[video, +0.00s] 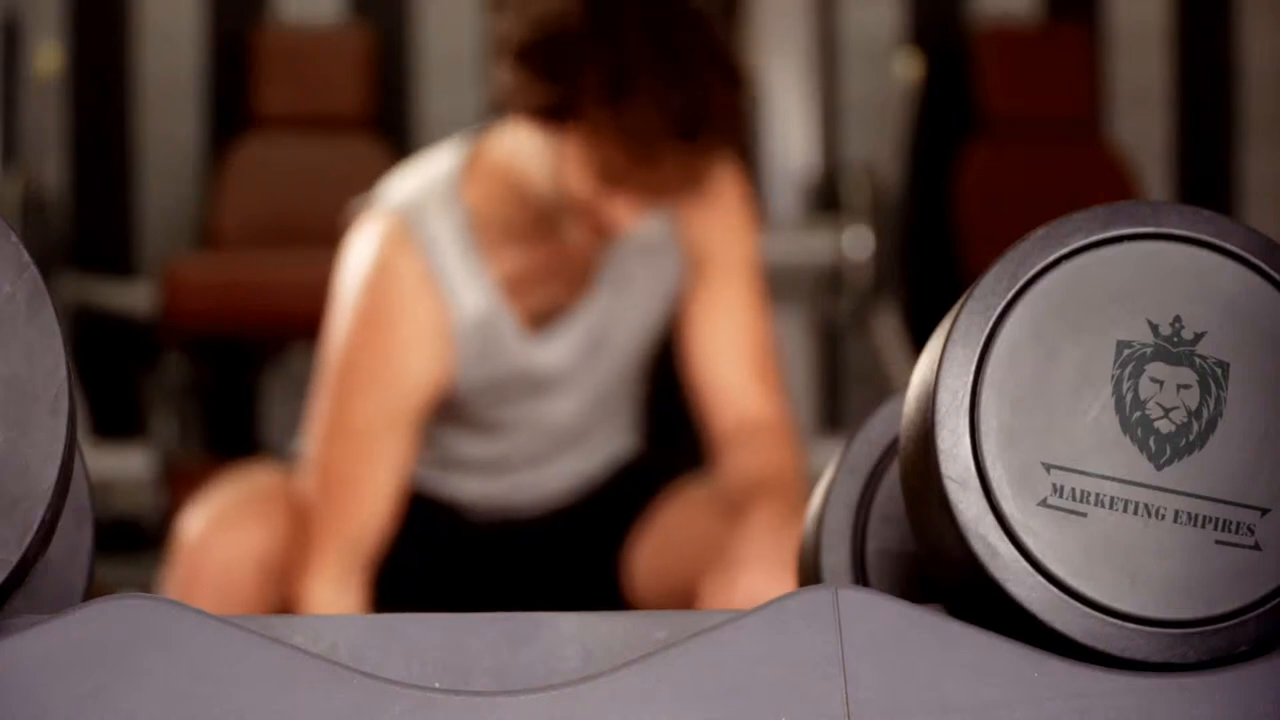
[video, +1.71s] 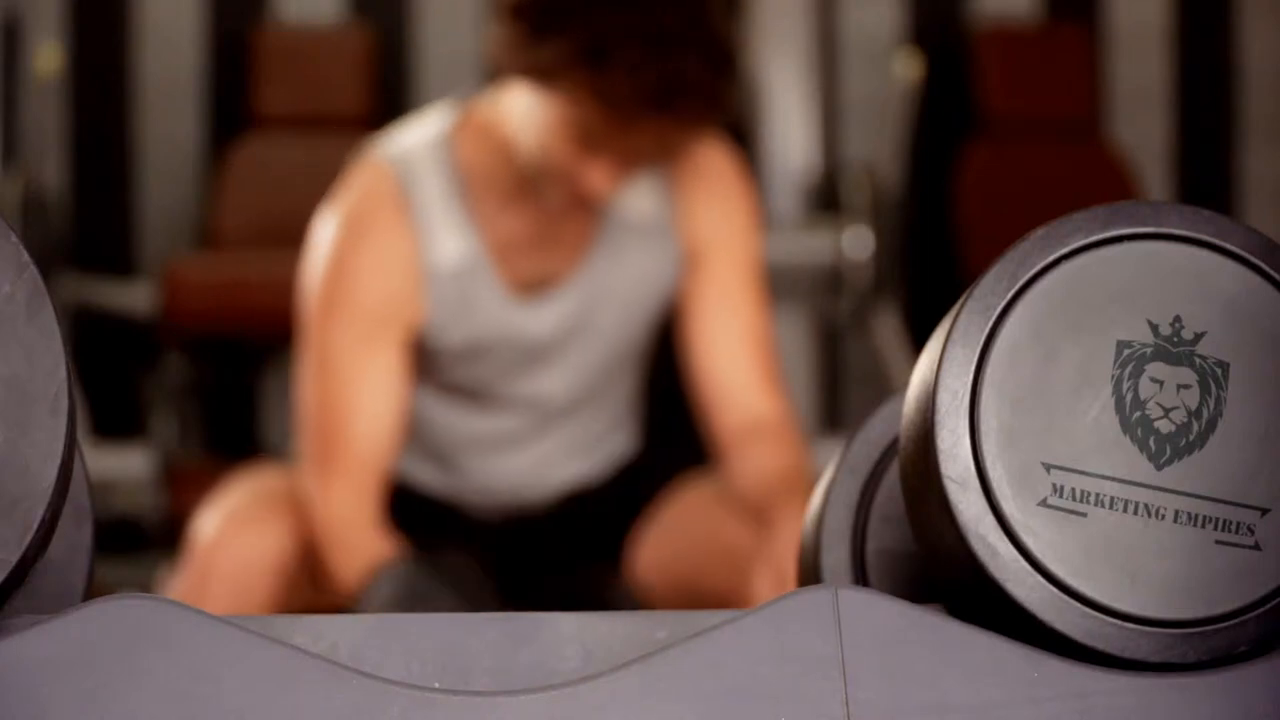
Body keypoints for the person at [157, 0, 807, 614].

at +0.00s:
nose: (632, 219)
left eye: (662, 190)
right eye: (610, 182)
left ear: (694, 160)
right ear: (548, 117)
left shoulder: (701, 185)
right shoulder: (408, 249)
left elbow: (753, 436)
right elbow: (336, 565)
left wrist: (765, 566)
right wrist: (345, 719)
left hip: (601, 524)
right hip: (416, 534)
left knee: (770, 533)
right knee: (229, 528)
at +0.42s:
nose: (621, 204)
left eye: (656, 179)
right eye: (607, 165)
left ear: (697, 153)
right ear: (553, 95)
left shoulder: (706, 176)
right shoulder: (407, 217)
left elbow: (754, 431)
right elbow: (338, 514)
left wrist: (773, 582)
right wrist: (447, 683)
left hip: (600, 521)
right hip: (418, 529)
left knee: (781, 537)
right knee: (240, 526)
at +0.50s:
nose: (622, 199)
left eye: (655, 175)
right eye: (606, 161)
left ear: (695, 146)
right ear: (553, 90)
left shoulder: (705, 175)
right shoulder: (402, 211)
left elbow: (753, 428)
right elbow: (340, 502)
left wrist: (779, 571)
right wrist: (449, 640)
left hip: (602, 515)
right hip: (417, 524)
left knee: (789, 539)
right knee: (245, 524)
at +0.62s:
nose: (613, 202)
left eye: (646, 177)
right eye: (597, 164)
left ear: (690, 148)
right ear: (545, 91)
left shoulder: (701, 175)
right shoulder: (385, 208)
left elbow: (755, 428)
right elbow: (341, 502)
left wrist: (777, 579)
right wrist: (509, 579)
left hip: (604, 519)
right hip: (412, 522)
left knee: (794, 524)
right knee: (245, 527)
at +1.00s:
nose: (588, 201)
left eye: (615, 174)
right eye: (573, 164)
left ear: (652, 137)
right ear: (509, 98)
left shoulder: (671, 173)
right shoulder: (328, 212)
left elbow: (747, 423)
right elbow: (340, 499)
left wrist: (790, 586)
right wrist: (489, 465)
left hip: (600, 522)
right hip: (400, 527)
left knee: (778, 540)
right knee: (235, 532)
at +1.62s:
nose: (600, 180)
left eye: (633, 153)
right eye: (584, 141)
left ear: (672, 119)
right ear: (527, 75)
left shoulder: (692, 171)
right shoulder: (369, 210)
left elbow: (750, 423)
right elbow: (341, 497)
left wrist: (797, 536)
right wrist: (497, 574)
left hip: (607, 512)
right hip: (423, 516)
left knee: (794, 533)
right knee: (241, 528)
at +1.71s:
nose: (605, 182)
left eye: (639, 155)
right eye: (588, 142)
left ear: (676, 122)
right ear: (527, 78)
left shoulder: (698, 174)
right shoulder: (380, 209)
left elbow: (752, 425)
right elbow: (344, 507)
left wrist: (802, 544)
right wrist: (436, 636)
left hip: (605, 512)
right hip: (415, 518)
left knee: (800, 542)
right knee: (241, 529)